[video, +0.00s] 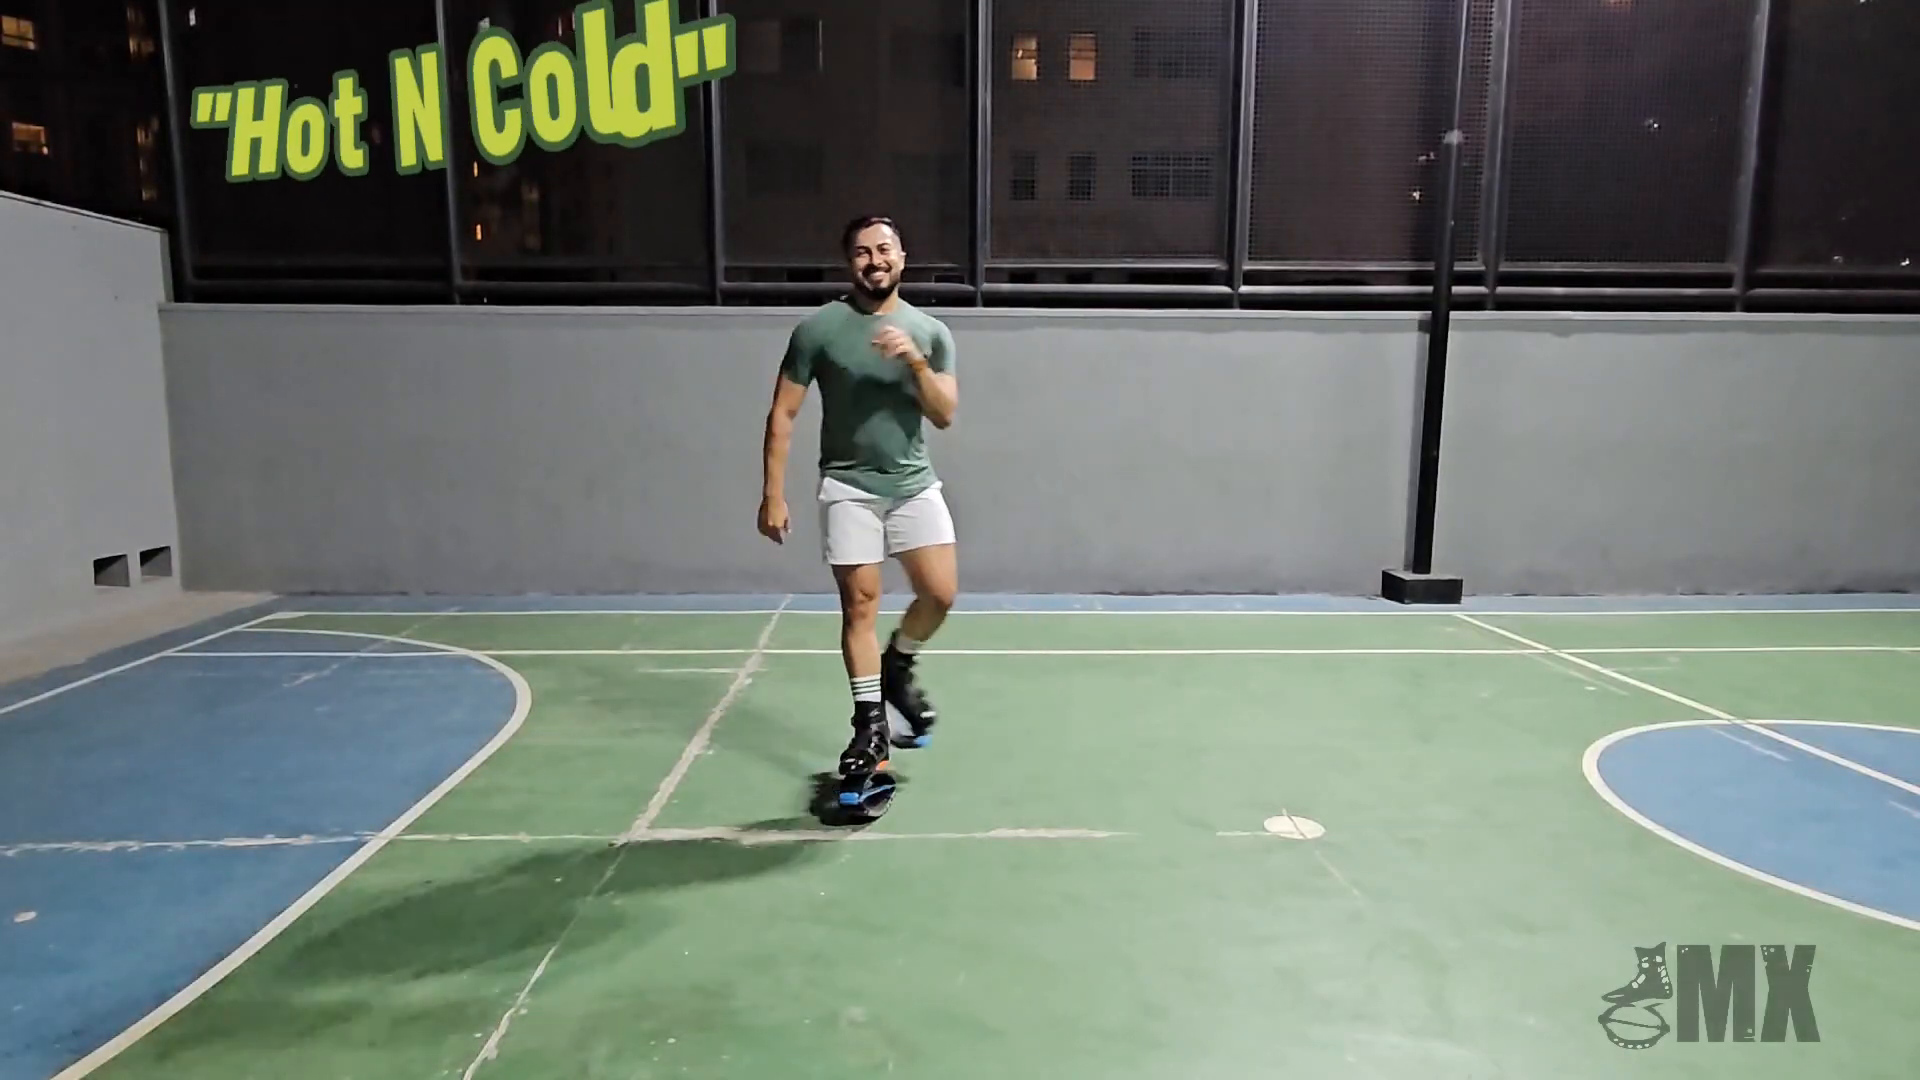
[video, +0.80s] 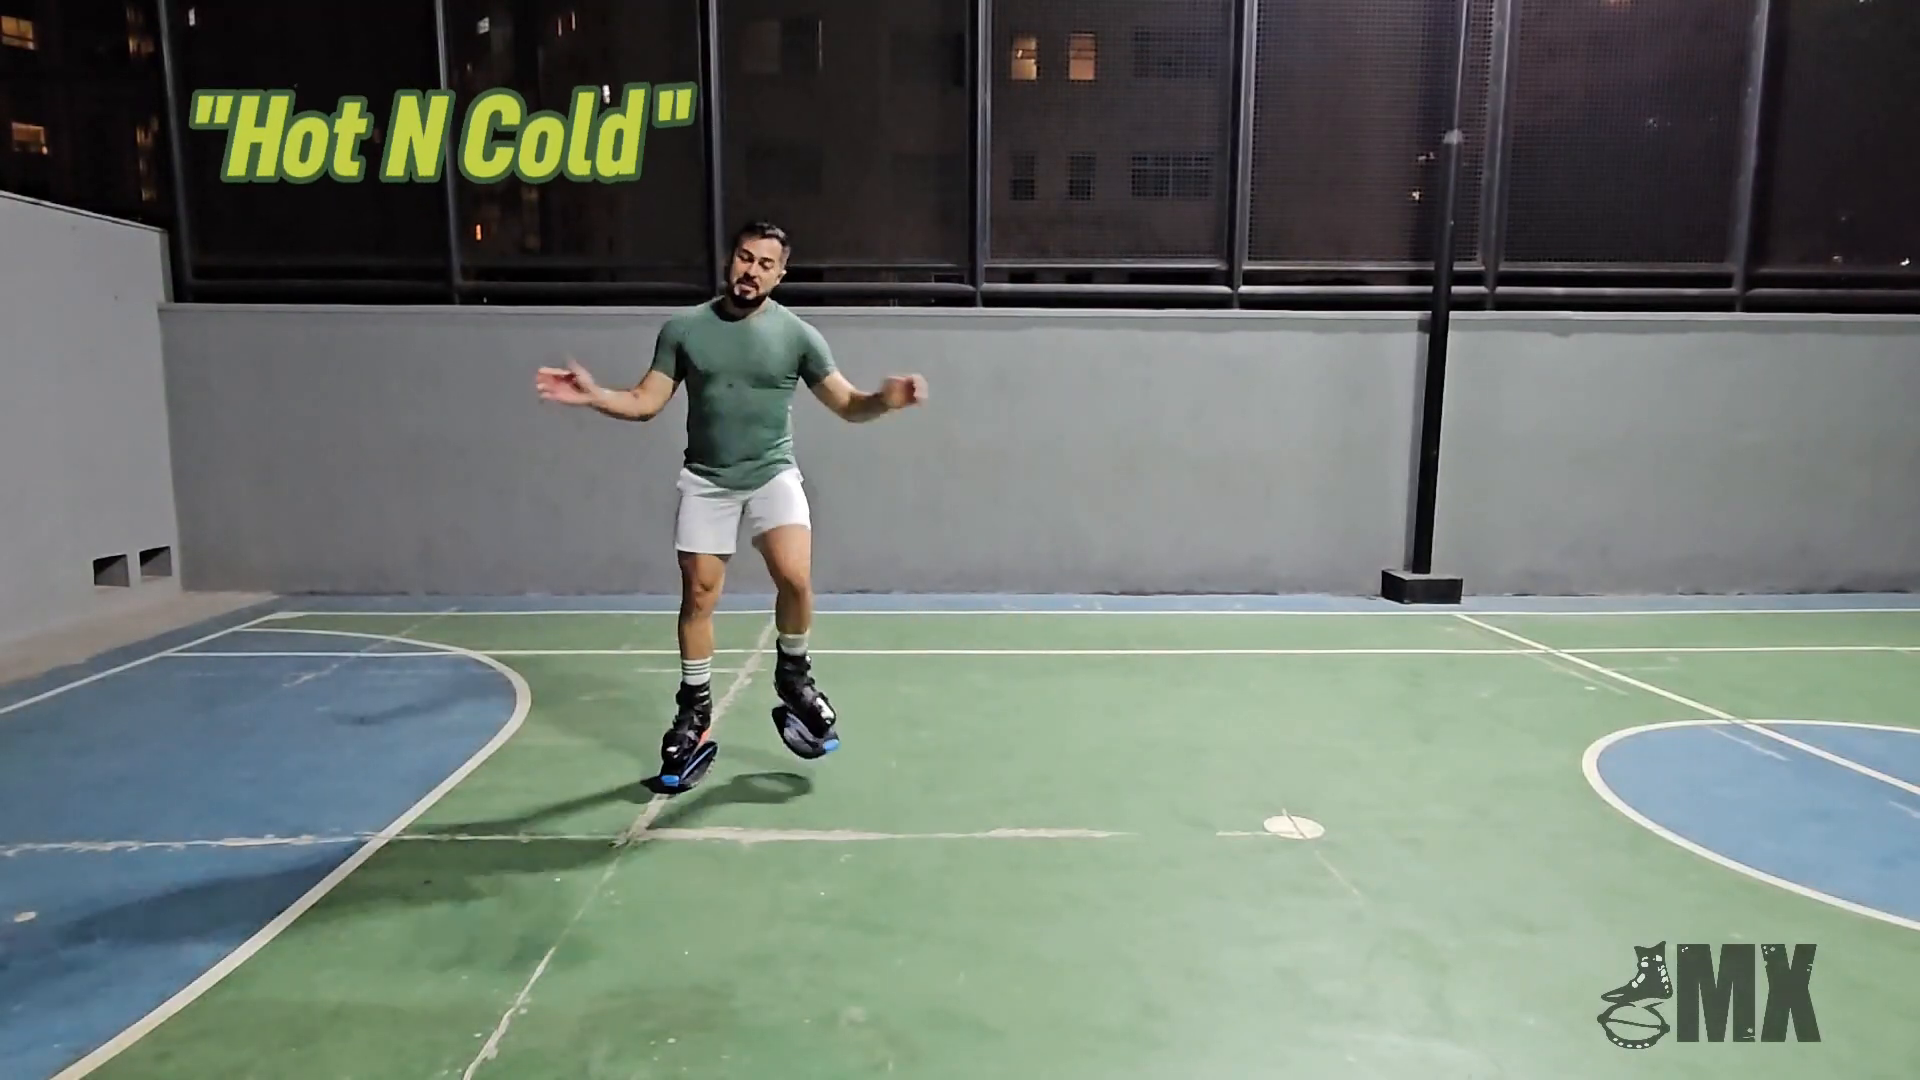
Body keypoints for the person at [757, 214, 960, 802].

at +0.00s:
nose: (875, 259)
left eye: (885, 249)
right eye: (863, 252)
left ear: (903, 259)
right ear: (849, 266)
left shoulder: (931, 331)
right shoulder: (817, 330)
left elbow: (944, 414)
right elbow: (782, 415)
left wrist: (917, 362)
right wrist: (774, 495)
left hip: (915, 482)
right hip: (849, 484)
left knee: (940, 594)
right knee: (860, 602)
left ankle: (895, 665)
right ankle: (869, 729)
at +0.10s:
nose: (855, 265)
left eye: (866, 255)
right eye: (844, 257)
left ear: (885, 264)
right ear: (831, 269)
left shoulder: (915, 333)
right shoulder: (799, 336)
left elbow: (927, 409)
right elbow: (771, 415)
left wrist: (878, 387)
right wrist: (768, 492)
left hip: (893, 488)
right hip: (829, 489)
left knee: (897, 608)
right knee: (846, 600)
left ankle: (827, 696)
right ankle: (866, 737)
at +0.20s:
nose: (836, 273)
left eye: (847, 263)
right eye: (825, 265)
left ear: (868, 272)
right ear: (814, 275)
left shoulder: (894, 341)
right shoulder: (785, 344)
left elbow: (907, 421)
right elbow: (765, 423)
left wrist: (856, 457)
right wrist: (758, 490)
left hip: (868, 490)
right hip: (804, 487)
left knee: (857, 604)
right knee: (818, 595)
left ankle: (811, 693)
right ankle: (854, 733)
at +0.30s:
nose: (816, 272)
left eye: (829, 263)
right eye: (807, 264)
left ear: (851, 274)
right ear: (797, 274)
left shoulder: (875, 344)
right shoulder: (770, 342)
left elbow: (895, 431)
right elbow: (753, 420)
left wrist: (876, 503)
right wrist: (741, 485)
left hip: (851, 490)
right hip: (785, 479)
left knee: (835, 601)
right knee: (779, 577)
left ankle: (812, 700)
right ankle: (802, 706)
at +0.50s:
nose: (785, 261)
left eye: (797, 252)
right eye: (776, 250)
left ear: (816, 261)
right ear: (763, 258)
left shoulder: (844, 326)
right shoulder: (732, 329)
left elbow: (895, 395)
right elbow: (691, 387)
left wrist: (934, 459)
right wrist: (660, 452)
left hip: (821, 478)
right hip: (755, 468)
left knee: (813, 590)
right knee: (722, 571)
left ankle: (801, 694)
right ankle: (718, 687)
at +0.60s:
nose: (771, 268)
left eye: (784, 258)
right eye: (763, 256)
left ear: (801, 267)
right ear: (750, 261)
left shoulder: (828, 328)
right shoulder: (717, 332)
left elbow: (890, 389)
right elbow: (664, 389)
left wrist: (946, 430)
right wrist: (608, 432)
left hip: (803, 485)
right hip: (736, 481)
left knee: (805, 593)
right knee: (712, 592)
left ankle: (798, 696)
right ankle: (696, 705)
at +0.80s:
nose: (750, 271)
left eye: (764, 264)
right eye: (743, 257)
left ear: (781, 274)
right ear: (728, 259)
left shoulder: (796, 334)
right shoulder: (685, 329)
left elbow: (848, 406)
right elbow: (645, 402)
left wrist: (885, 400)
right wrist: (593, 395)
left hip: (774, 475)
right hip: (705, 479)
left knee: (796, 578)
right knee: (698, 591)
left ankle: (794, 682)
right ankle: (694, 714)